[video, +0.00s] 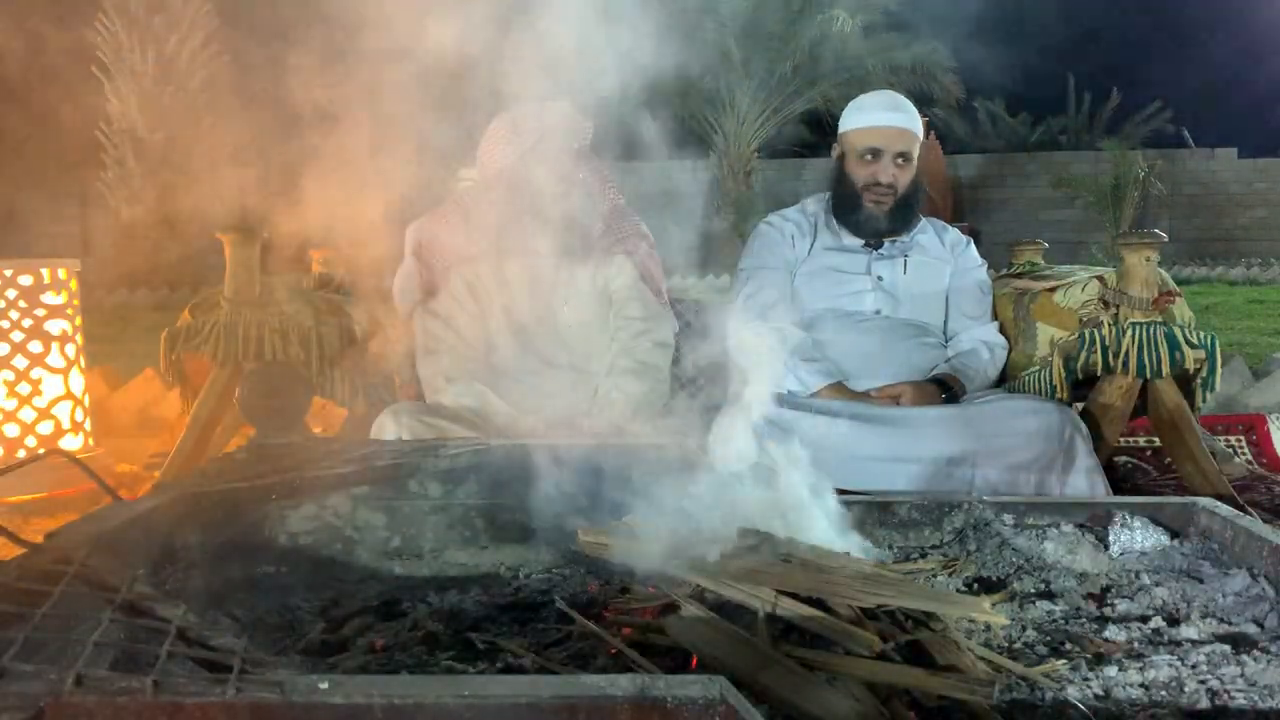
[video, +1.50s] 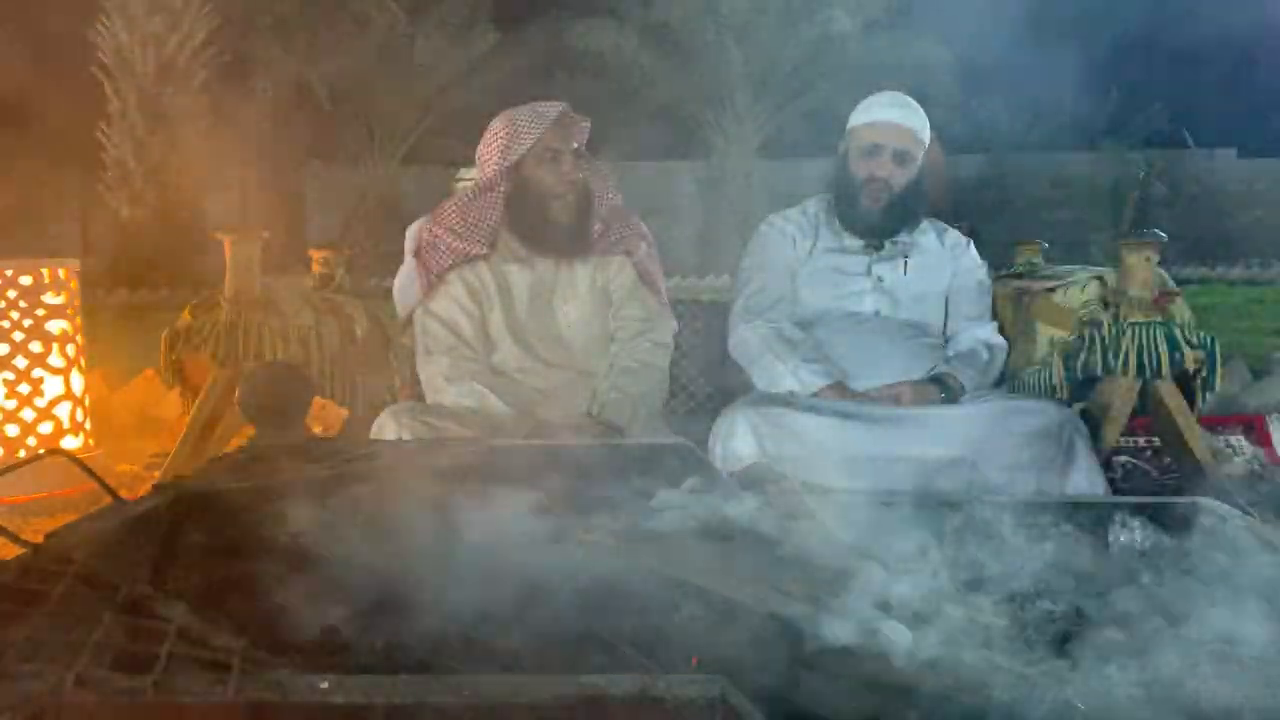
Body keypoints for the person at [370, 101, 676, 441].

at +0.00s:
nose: (574, 175)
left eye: (577, 161)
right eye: (552, 162)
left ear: (588, 174)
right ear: (509, 178)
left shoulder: (616, 273)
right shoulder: (461, 291)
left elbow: (641, 372)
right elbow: (447, 387)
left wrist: (598, 429)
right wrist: (521, 430)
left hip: (598, 440)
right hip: (499, 442)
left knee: (685, 439)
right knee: (396, 424)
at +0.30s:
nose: (560, 178)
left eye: (571, 160)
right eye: (541, 162)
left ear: (585, 169)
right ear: (507, 179)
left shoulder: (615, 256)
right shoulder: (458, 267)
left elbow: (644, 348)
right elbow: (446, 375)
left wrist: (617, 432)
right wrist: (515, 434)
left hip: (599, 434)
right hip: (499, 434)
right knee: (396, 426)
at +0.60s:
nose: (576, 174)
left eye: (579, 157)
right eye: (554, 159)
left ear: (592, 165)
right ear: (511, 175)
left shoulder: (617, 261)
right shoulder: (459, 269)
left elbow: (645, 351)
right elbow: (448, 380)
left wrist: (605, 425)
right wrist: (524, 433)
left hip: (603, 437)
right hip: (500, 439)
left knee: (676, 459)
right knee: (397, 426)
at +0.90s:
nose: (576, 177)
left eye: (580, 159)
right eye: (554, 162)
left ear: (591, 167)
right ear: (510, 178)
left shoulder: (619, 257)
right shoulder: (457, 262)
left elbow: (646, 350)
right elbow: (448, 378)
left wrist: (605, 427)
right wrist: (517, 435)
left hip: (600, 433)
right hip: (497, 433)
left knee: (677, 466)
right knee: (396, 429)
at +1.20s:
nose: (575, 178)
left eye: (580, 159)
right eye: (551, 162)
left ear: (593, 167)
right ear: (508, 177)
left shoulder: (619, 258)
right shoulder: (459, 263)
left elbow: (645, 350)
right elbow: (447, 378)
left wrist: (605, 429)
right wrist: (528, 434)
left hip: (602, 436)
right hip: (498, 436)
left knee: (679, 462)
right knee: (397, 427)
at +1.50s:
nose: (574, 174)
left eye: (577, 158)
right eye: (551, 159)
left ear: (588, 166)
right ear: (509, 175)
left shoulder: (616, 263)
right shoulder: (461, 269)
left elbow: (644, 350)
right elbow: (448, 379)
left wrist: (607, 428)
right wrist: (525, 434)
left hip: (596, 435)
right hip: (497, 437)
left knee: (670, 453)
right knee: (397, 426)